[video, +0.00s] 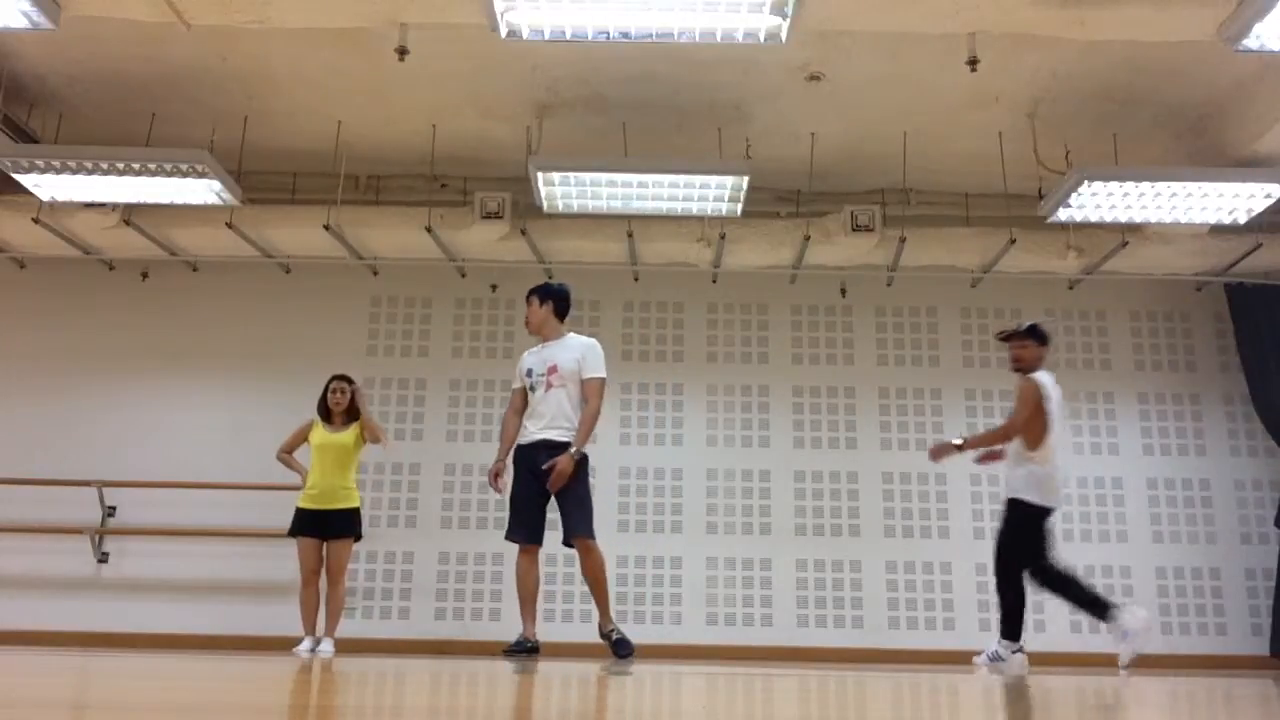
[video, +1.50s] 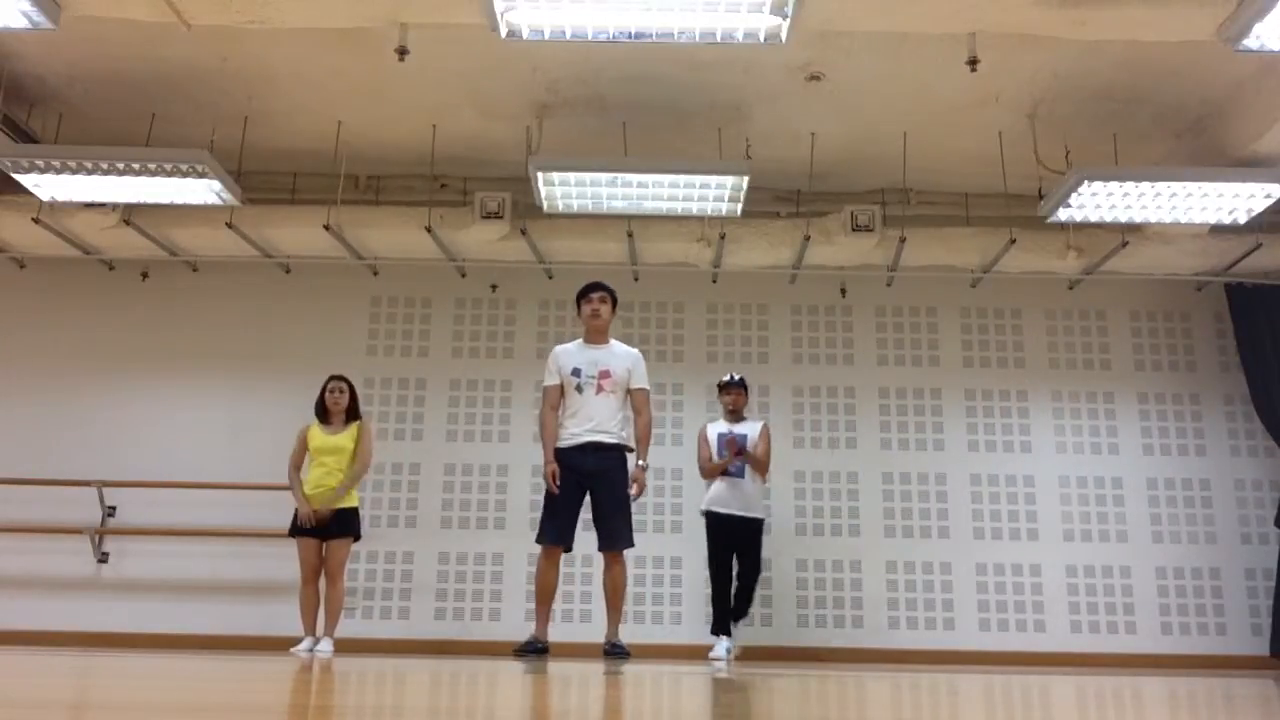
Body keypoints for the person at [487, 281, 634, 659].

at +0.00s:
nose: (525, 315)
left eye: (529, 306)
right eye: (526, 307)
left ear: (549, 308)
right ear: (543, 310)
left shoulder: (586, 347)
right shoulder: (528, 358)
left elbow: (593, 405)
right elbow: (515, 411)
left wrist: (572, 454)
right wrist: (501, 457)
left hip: (568, 453)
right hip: (527, 455)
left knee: (584, 540)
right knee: (527, 545)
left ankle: (607, 625)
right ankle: (528, 634)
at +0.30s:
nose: (531, 310)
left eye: (538, 303)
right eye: (529, 305)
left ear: (559, 308)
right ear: (530, 314)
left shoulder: (584, 347)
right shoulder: (527, 360)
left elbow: (589, 405)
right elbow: (515, 416)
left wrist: (571, 453)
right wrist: (507, 470)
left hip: (565, 453)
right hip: (525, 455)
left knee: (578, 539)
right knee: (526, 544)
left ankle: (609, 622)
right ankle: (528, 634)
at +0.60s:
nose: (554, 306)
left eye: (561, 300)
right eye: (548, 302)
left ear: (577, 307)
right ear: (542, 312)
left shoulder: (598, 350)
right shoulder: (532, 357)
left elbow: (607, 407)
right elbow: (519, 417)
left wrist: (597, 456)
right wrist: (514, 471)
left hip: (580, 457)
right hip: (535, 457)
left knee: (597, 547)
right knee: (531, 546)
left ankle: (611, 634)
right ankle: (528, 635)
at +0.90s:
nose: (591, 308)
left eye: (597, 302)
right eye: (584, 303)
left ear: (610, 311)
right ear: (575, 313)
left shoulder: (627, 357)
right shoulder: (557, 355)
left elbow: (638, 413)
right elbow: (541, 407)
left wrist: (634, 465)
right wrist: (533, 454)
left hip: (609, 459)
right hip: (564, 458)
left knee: (613, 550)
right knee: (545, 543)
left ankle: (612, 636)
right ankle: (531, 634)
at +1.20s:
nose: (603, 309)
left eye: (610, 304)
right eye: (597, 304)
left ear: (622, 312)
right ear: (587, 312)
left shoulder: (638, 358)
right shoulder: (568, 354)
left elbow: (651, 415)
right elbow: (558, 408)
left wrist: (653, 469)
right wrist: (562, 457)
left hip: (619, 458)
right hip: (577, 457)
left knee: (618, 550)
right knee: (556, 542)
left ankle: (614, 636)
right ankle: (544, 631)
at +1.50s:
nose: (595, 307)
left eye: (602, 302)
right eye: (589, 302)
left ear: (613, 311)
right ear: (579, 311)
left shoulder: (630, 357)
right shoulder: (561, 354)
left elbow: (642, 412)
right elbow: (550, 408)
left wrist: (641, 462)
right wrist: (549, 457)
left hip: (612, 457)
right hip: (568, 456)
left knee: (613, 550)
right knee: (551, 547)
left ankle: (613, 636)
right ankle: (539, 635)